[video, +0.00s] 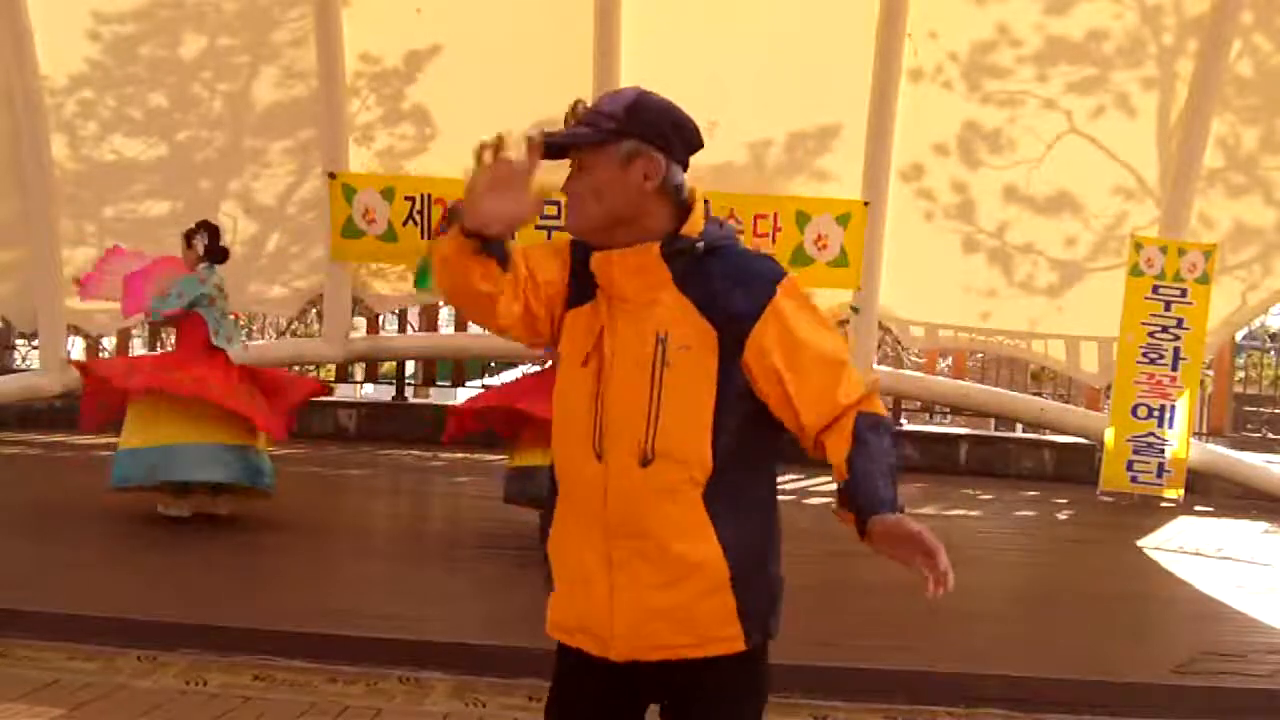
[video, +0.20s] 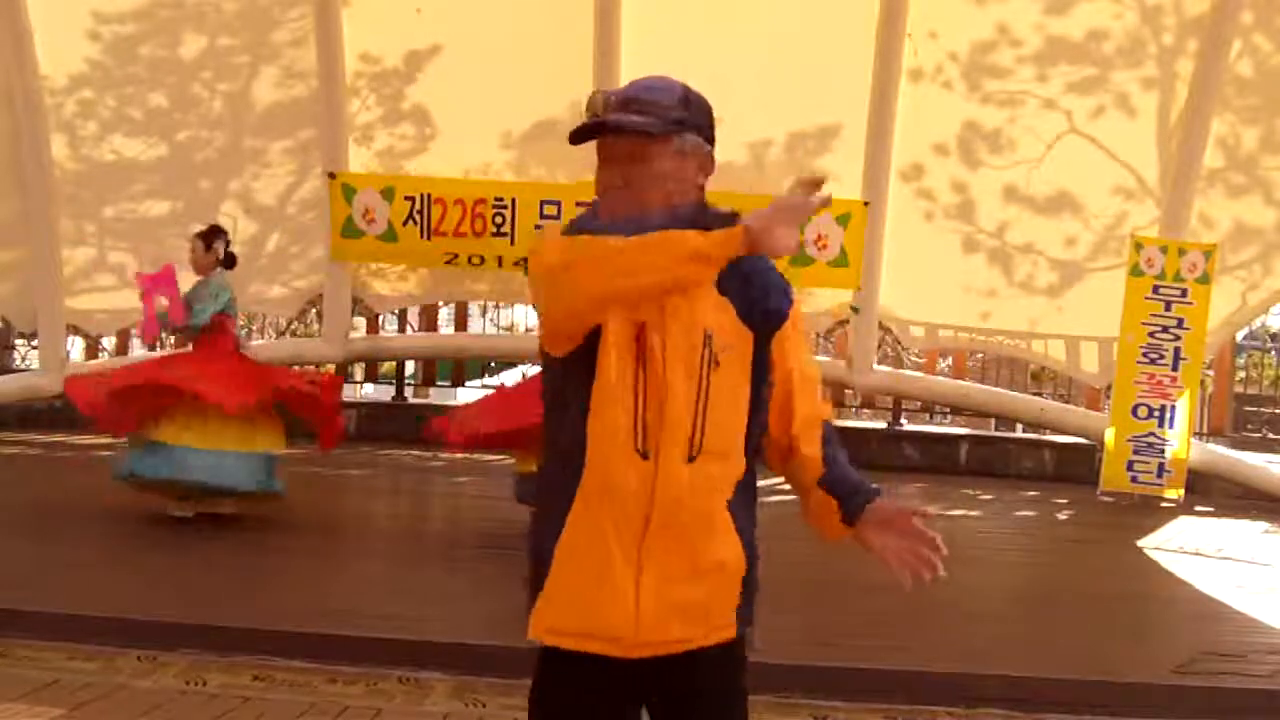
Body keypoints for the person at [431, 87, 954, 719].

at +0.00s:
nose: (565, 179)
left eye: (582, 163)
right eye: (569, 164)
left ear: (644, 170)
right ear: (637, 171)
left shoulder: (741, 284)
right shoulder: (572, 274)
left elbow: (843, 403)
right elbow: (486, 294)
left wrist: (876, 509)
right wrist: (473, 234)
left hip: (710, 633)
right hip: (589, 630)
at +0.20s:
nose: (610, 167)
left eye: (634, 147)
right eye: (605, 148)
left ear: (697, 166)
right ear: (595, 154)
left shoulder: (747, 279)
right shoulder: (568, 257)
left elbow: (794, 421)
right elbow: (583, 279)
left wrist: (860, 505)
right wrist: (740, 239)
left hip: (701, 614)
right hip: (580, 613)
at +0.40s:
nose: (686, 190)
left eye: (708, 170)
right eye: (665, 170)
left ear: (747, 182)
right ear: (639, 182)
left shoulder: (769, 297)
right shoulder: (614, 268)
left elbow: (786, 454)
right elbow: (707, 291)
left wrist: (873, 510)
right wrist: (838, 270)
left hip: (707, 643)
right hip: (599, 643)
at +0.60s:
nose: (801, 183)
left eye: (809, 165)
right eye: (776, 163)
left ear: (820, 170)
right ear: (711, 170)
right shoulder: (703, 259)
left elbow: (700, 430)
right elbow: (868, 309)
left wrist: (784, 513)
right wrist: (831, 249)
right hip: (656, 631)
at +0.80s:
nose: (880, 203)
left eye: (878, 186)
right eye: (865, 184)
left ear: (798, 186)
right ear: (803, 186)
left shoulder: (705, 262)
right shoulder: (803, 277)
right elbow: (958, 327)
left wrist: (830, 485)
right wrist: (924, 285)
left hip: (642, 632)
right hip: (719, 649)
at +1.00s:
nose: (931, 205)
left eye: (933, 186)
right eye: (928, 185)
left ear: (827, 180)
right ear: (894, 185)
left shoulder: (735, 277)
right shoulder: (884, 270)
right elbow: (1024, 296)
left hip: (681, 626)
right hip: (791, 638)